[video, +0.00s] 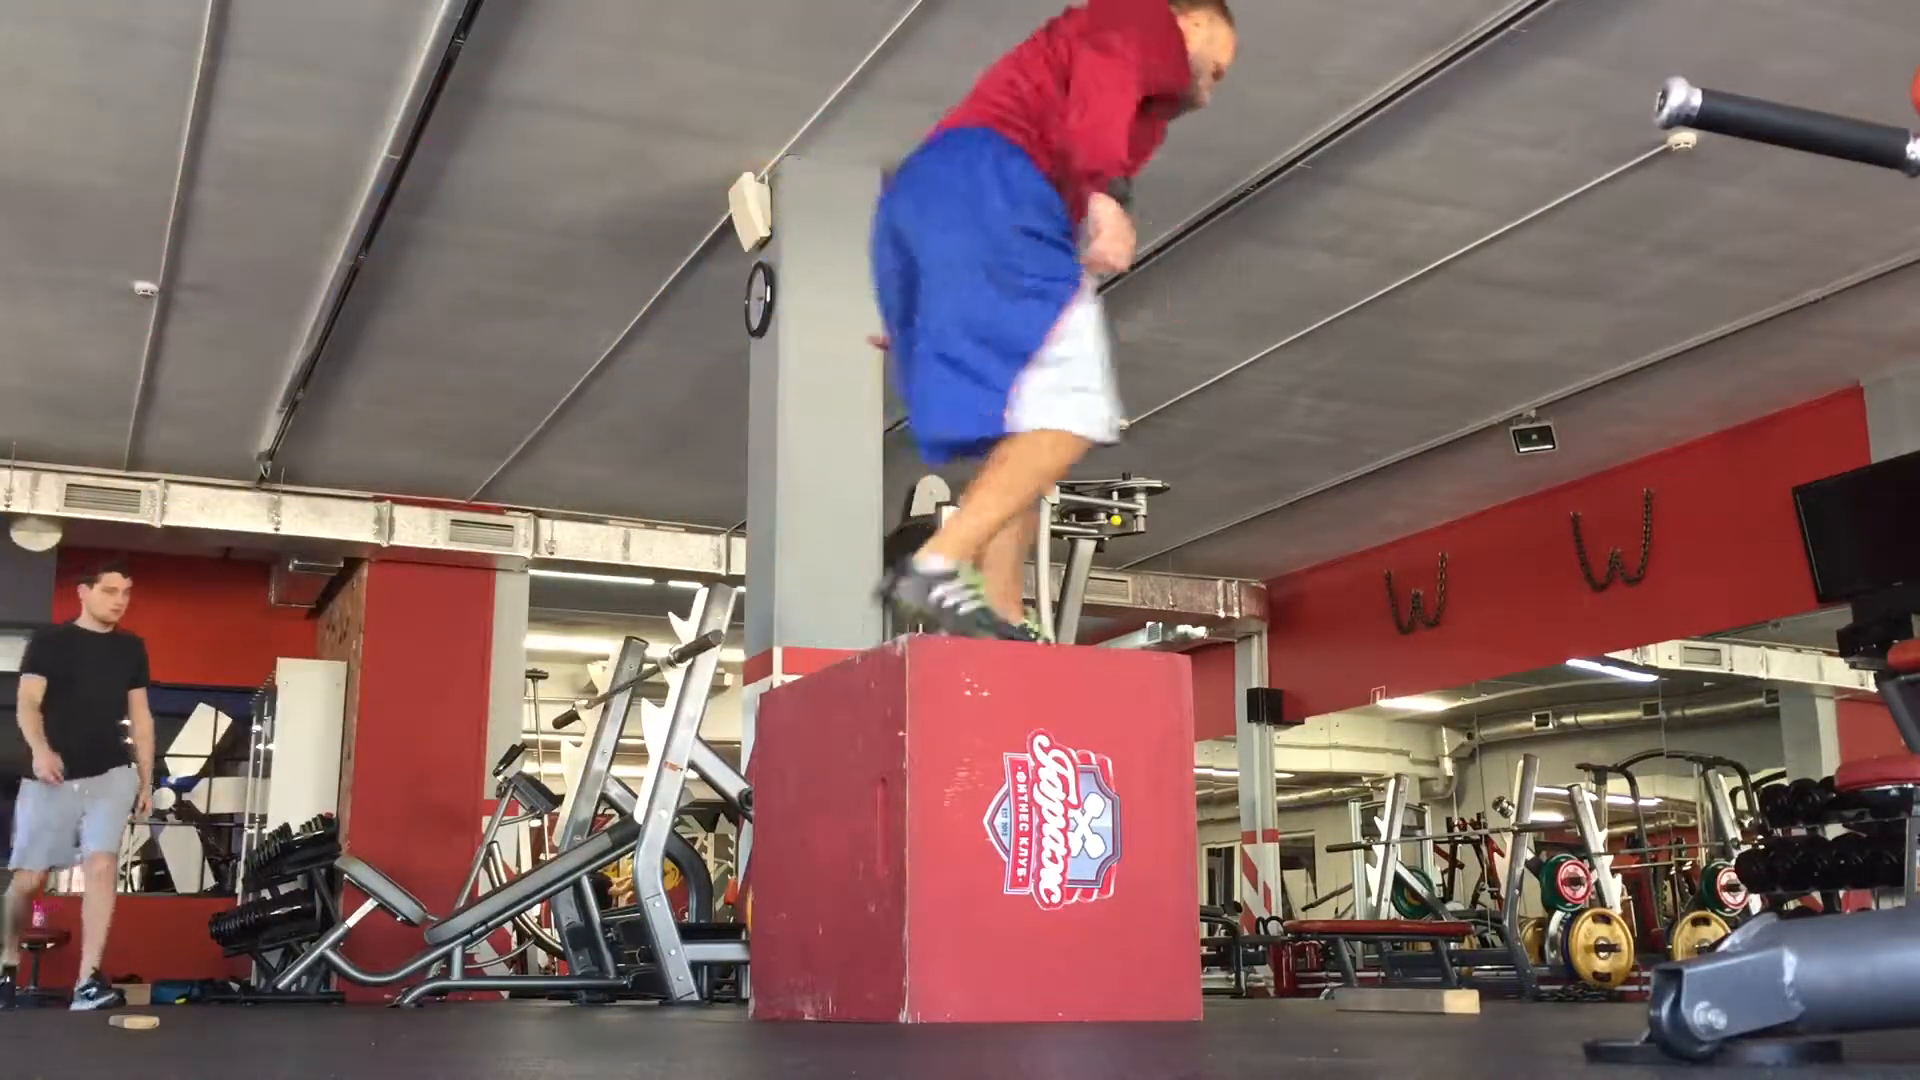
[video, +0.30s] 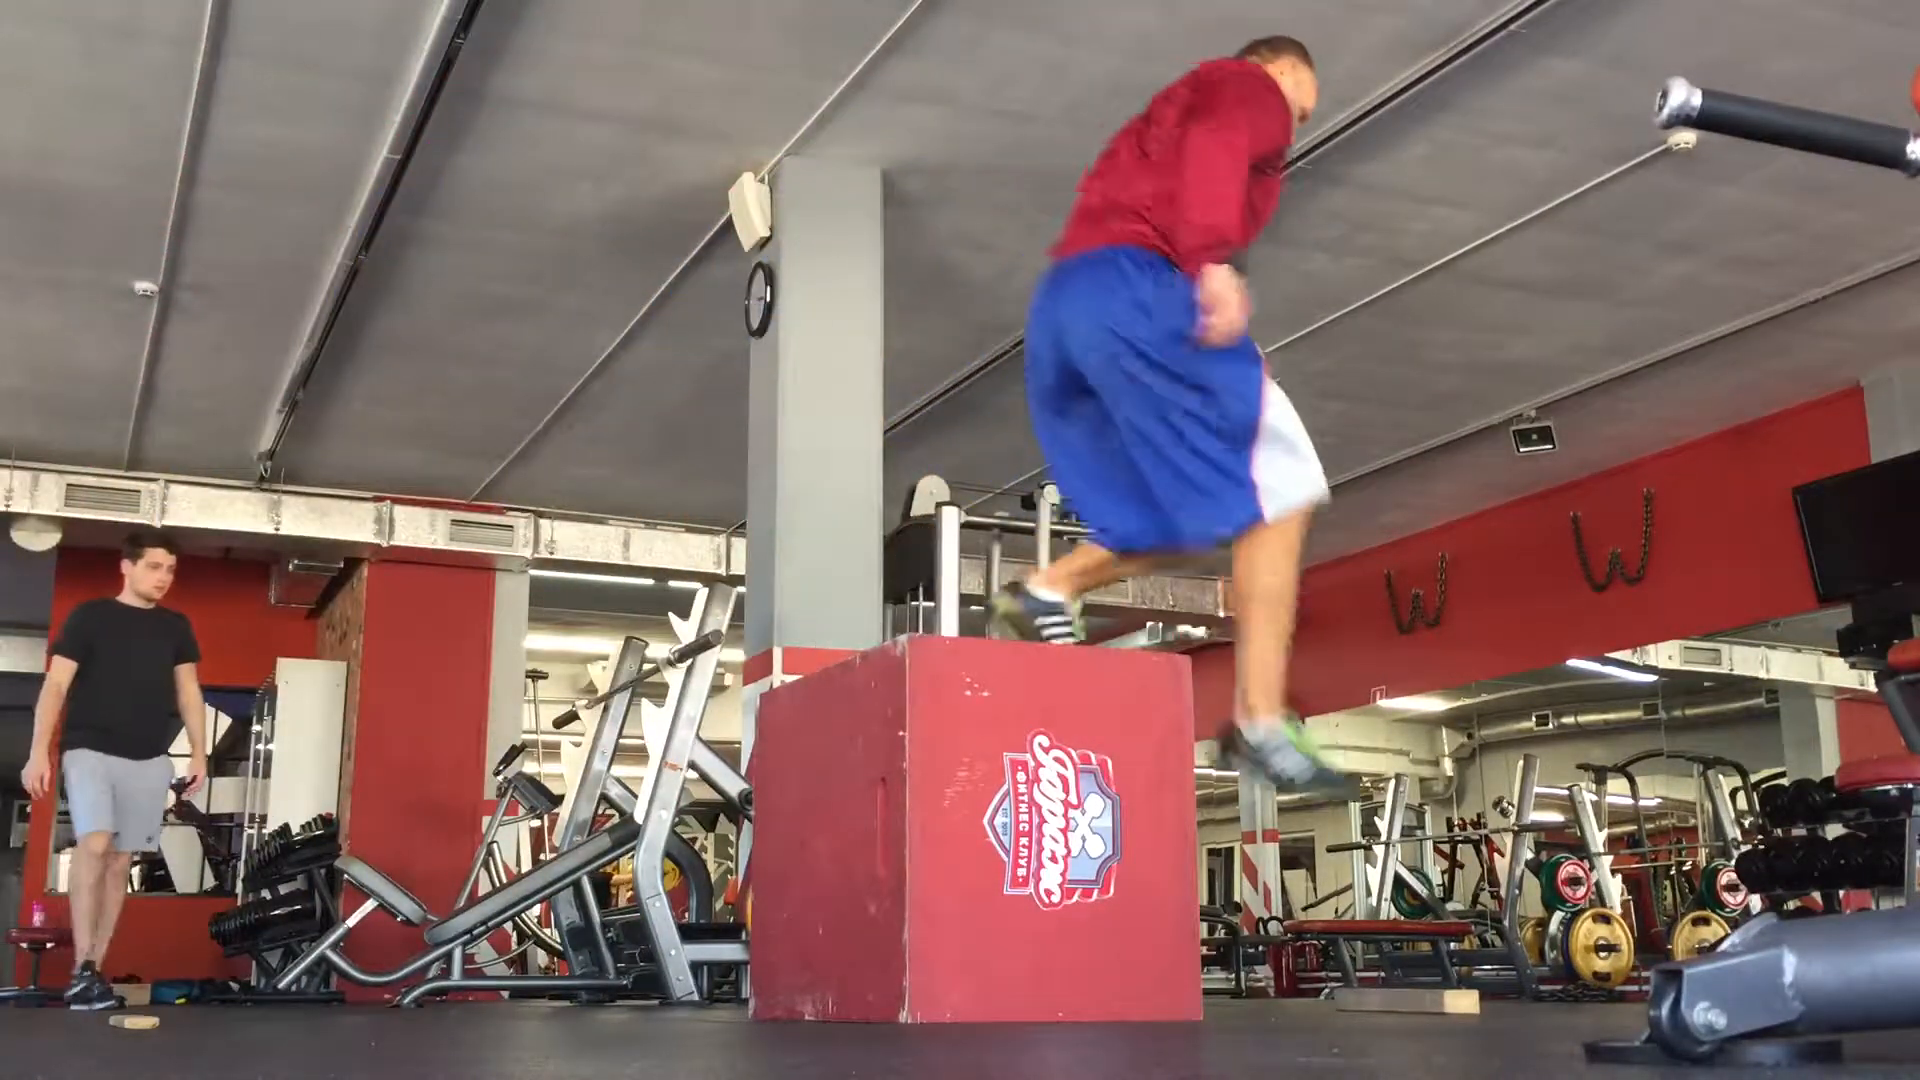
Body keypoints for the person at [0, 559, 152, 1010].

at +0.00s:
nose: (119, 600)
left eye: (125, 592)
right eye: (110, 591)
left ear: (128, 597)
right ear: (84, 593)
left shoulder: (131, 648)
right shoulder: (49, 640)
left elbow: (141, 718)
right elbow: (28, 704)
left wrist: (145, 779)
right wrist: (40, 750)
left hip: (111, 776)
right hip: (52, 778)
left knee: (102, 867)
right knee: (29, 879)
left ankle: (87, 980)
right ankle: (8, 966)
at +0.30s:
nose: (164, 576)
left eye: (169, 569)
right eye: (155, 566)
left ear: (173, 574)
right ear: (127, 567)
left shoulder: (175, 626)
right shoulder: (90, 616)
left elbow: (189, 692)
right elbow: (55, 686)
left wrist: (198, 751)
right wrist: (39, 752)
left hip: (147, 759)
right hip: (89, 752)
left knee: (119, 861)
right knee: (97, 843)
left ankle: (92, 972)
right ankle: (84, 968)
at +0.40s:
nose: (173, 575)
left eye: (179, 568)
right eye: (164, 566)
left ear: (183, 573)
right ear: (136, 567)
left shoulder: (185, 627)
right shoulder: (99, 617)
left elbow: (202, 693)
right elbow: (62, 691)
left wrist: (216, 749)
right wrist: (41, 758)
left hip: (158, 763)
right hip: (98, 756)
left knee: (128, 864)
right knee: (108, 849)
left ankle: (92, 972)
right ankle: (110, 958)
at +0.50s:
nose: (181, 571)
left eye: (187, 563)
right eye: (172, 561)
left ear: (191, 568)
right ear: (143, 562)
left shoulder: (196, 624)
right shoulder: (106, 616)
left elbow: (211, 691)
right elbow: (72, 691)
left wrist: (229, 750)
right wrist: (48, 759)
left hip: (171, 762)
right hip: (113, 753)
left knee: (145, 867)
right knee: (121, 851)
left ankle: (95, 971)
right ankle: (122, 970)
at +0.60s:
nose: (191, 559)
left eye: (197, 551)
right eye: (181, 549)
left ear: (201, 557)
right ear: (153, 551)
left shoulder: (206, 613)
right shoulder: (120, 606)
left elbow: (220, 682)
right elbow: (85, 680)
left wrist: (234, 748)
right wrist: (67, 750)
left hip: (183, 755)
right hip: (123, 745)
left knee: (165, 872)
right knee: (126, 849)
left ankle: (112, 941)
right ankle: (121, 971)